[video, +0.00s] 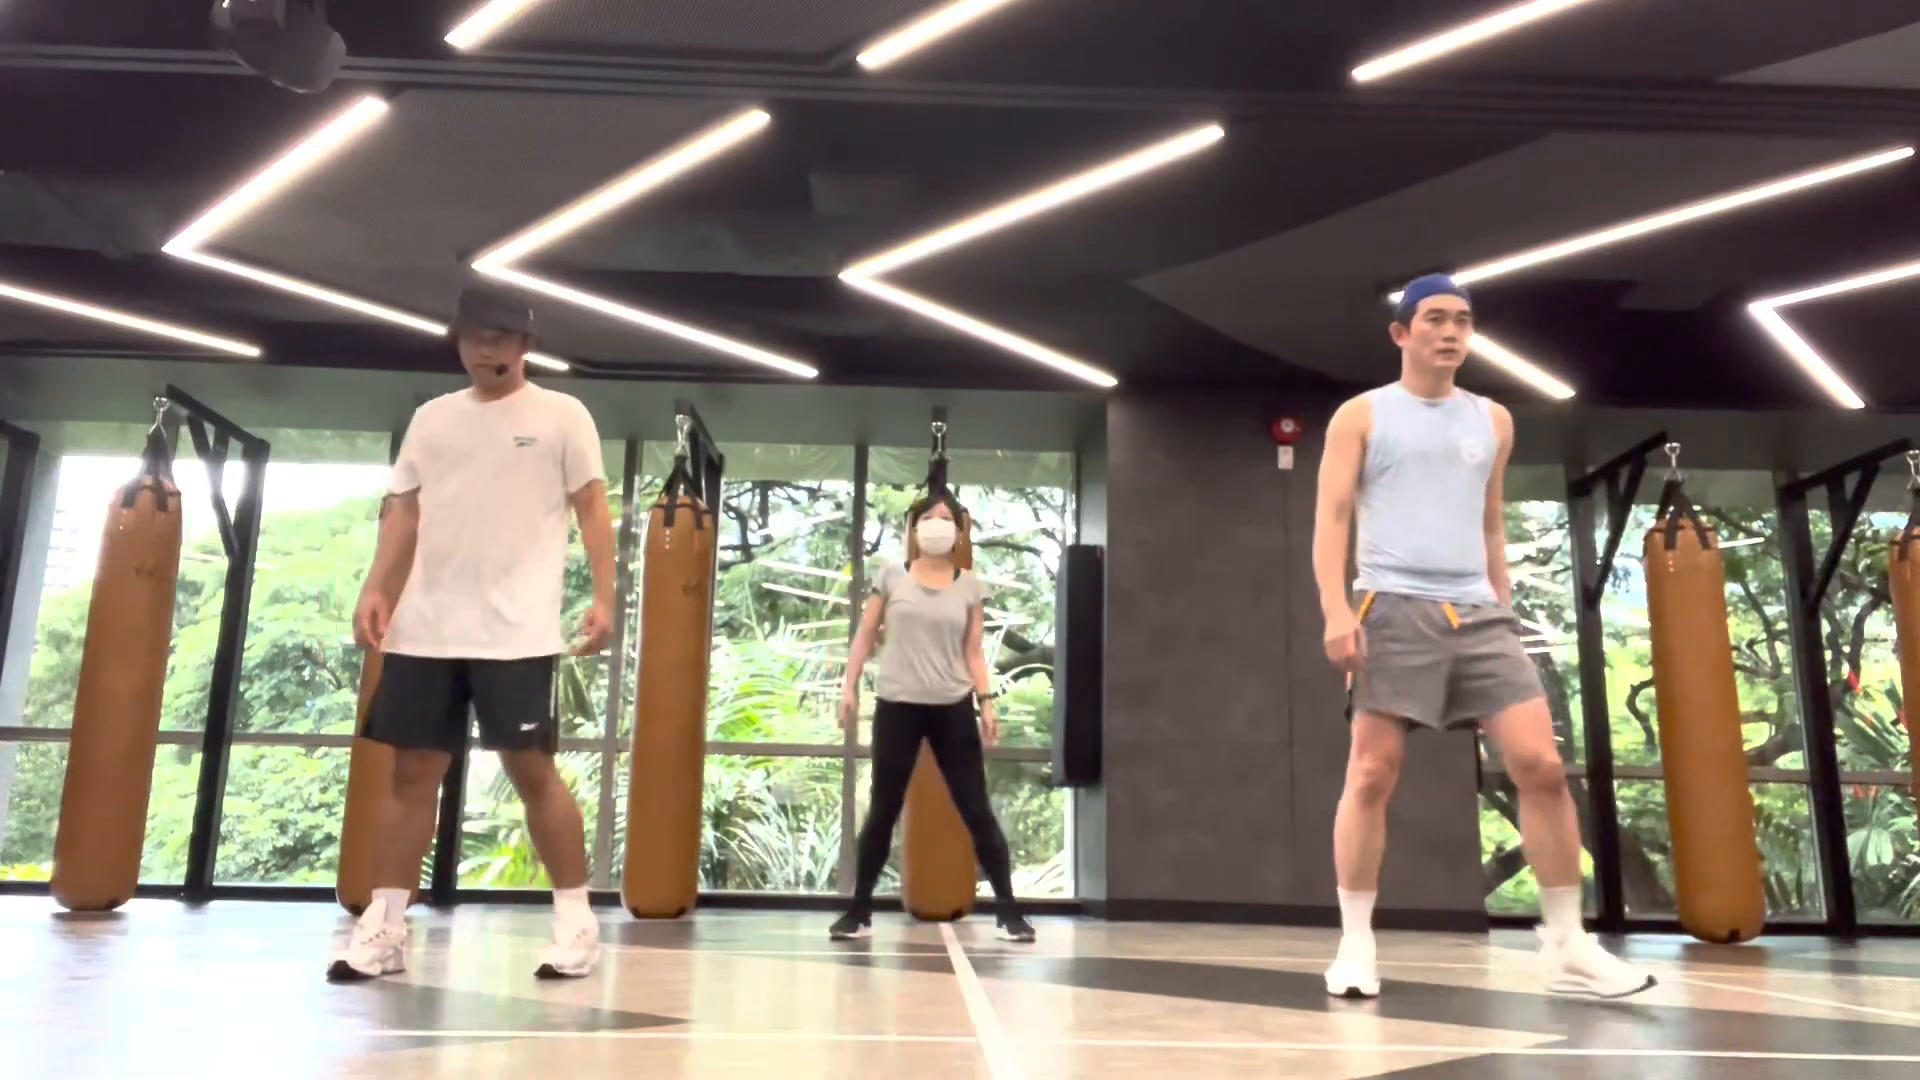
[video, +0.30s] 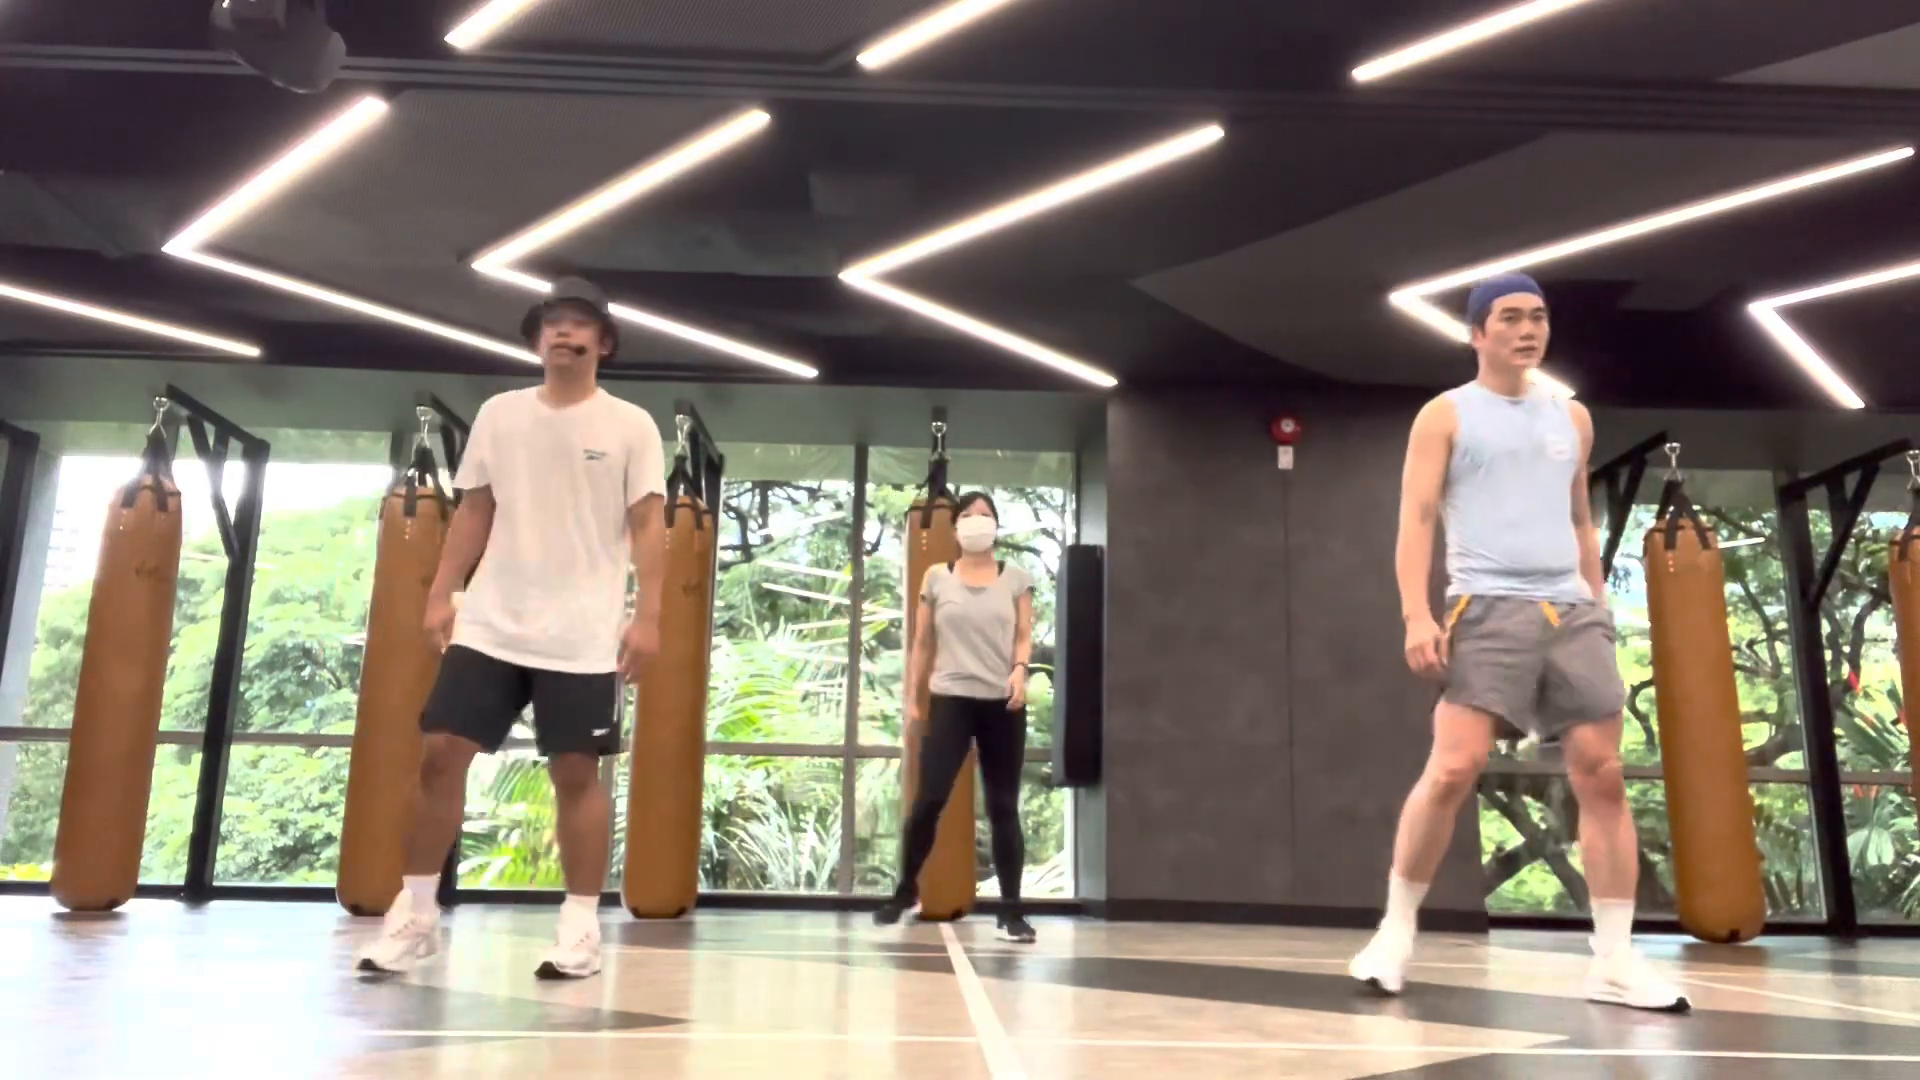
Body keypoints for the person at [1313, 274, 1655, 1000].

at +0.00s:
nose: (1453, 331)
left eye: (1462, 321)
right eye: (1438, 319)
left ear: (1471, 336)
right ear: (1402, 332)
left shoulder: (1492, 421)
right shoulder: (1360, 416)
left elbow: (1492, 526)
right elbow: (1332, 516)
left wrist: (1502, 615)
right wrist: (1336, 610)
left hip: (1483, 616)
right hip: (1395, 615)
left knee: (1543, 767)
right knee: (1370, 777)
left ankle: (1567, 946)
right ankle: (1355, 947)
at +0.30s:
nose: (1526, 329)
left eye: (1536, 317)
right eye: (1510, 318)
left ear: (1549, 331)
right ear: (1479, 332)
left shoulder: (1572, 416)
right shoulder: (1445, 414)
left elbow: (1581, 518)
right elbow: (1417, 518)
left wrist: (1596, 603)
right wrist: (1417, 614)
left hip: (1574, 613)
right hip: (1486, 614)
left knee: (1603, 775)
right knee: (1453, 769)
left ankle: (1613, 962)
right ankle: (1396, 930)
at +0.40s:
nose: (1540, 324)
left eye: (1549, 314)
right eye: (1523, 313)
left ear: (1561, 330)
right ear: (1490, 330)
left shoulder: (1590, 414)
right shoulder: (1458, 412)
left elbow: (1605, 514)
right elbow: (1430, 516)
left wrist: (1624, 601)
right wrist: (1429, 615)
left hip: (1592, 608)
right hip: (1506, 605)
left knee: (1607, 776)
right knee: (1509, 765)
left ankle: (1615, 959)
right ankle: (1459, 925)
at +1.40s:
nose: (1451, 349)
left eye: (1462, 336)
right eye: (1436, 336)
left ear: (1475, 342)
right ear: (1406, 345)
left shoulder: (1502, 421)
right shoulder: (1365, 425)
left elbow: (1516, 532)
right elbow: (1338, 528)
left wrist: (1535, 630)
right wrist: (1319, 625)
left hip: (1486, 617)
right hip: (1401, 614)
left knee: (1523, 774)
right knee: (1394, 778)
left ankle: (1529, 944)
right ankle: (1397, 946)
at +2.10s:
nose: (1525, 321)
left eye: (1533, 314)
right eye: (1506, 314)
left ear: (1545, 341)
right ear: (1474, 343)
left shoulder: (1575, 427)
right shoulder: (1450, 418)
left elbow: (1584, 534)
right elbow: (1418, 519)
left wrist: (1591, 618)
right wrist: (1429, 608)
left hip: (1572, 622)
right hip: (1491, 620)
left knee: (1594, 783)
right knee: (1455, 775)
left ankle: (1605, 956)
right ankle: (1409, 941)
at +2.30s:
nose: (1547, 323)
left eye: (1554, 318)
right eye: (1528, 319)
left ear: (1567, 346)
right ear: (1498, 350)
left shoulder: (1597, 434)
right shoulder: (1472, 417)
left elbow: (1637, 526)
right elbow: (1444, 520)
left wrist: (1676, 594)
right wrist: (1457, 616)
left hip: (1597, 620)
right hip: (1517, 618)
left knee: (1604, 780)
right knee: (1535, 771)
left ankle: (1605, 954)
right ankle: (1490, 924)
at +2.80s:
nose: (1504, 325)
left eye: (1513, 319)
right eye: (1486, 321)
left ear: (1530, 346)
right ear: (1458, 351)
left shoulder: (1572, 419)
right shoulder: (1430, 428)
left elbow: (1592, 511)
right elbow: (1414, 531)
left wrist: (1603, 527)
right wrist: (1400, 622)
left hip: (1555, 623)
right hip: (1463, 621)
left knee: (1585, 780)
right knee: (1424, 773)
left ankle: (1603, 956)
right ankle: (1379, 938)